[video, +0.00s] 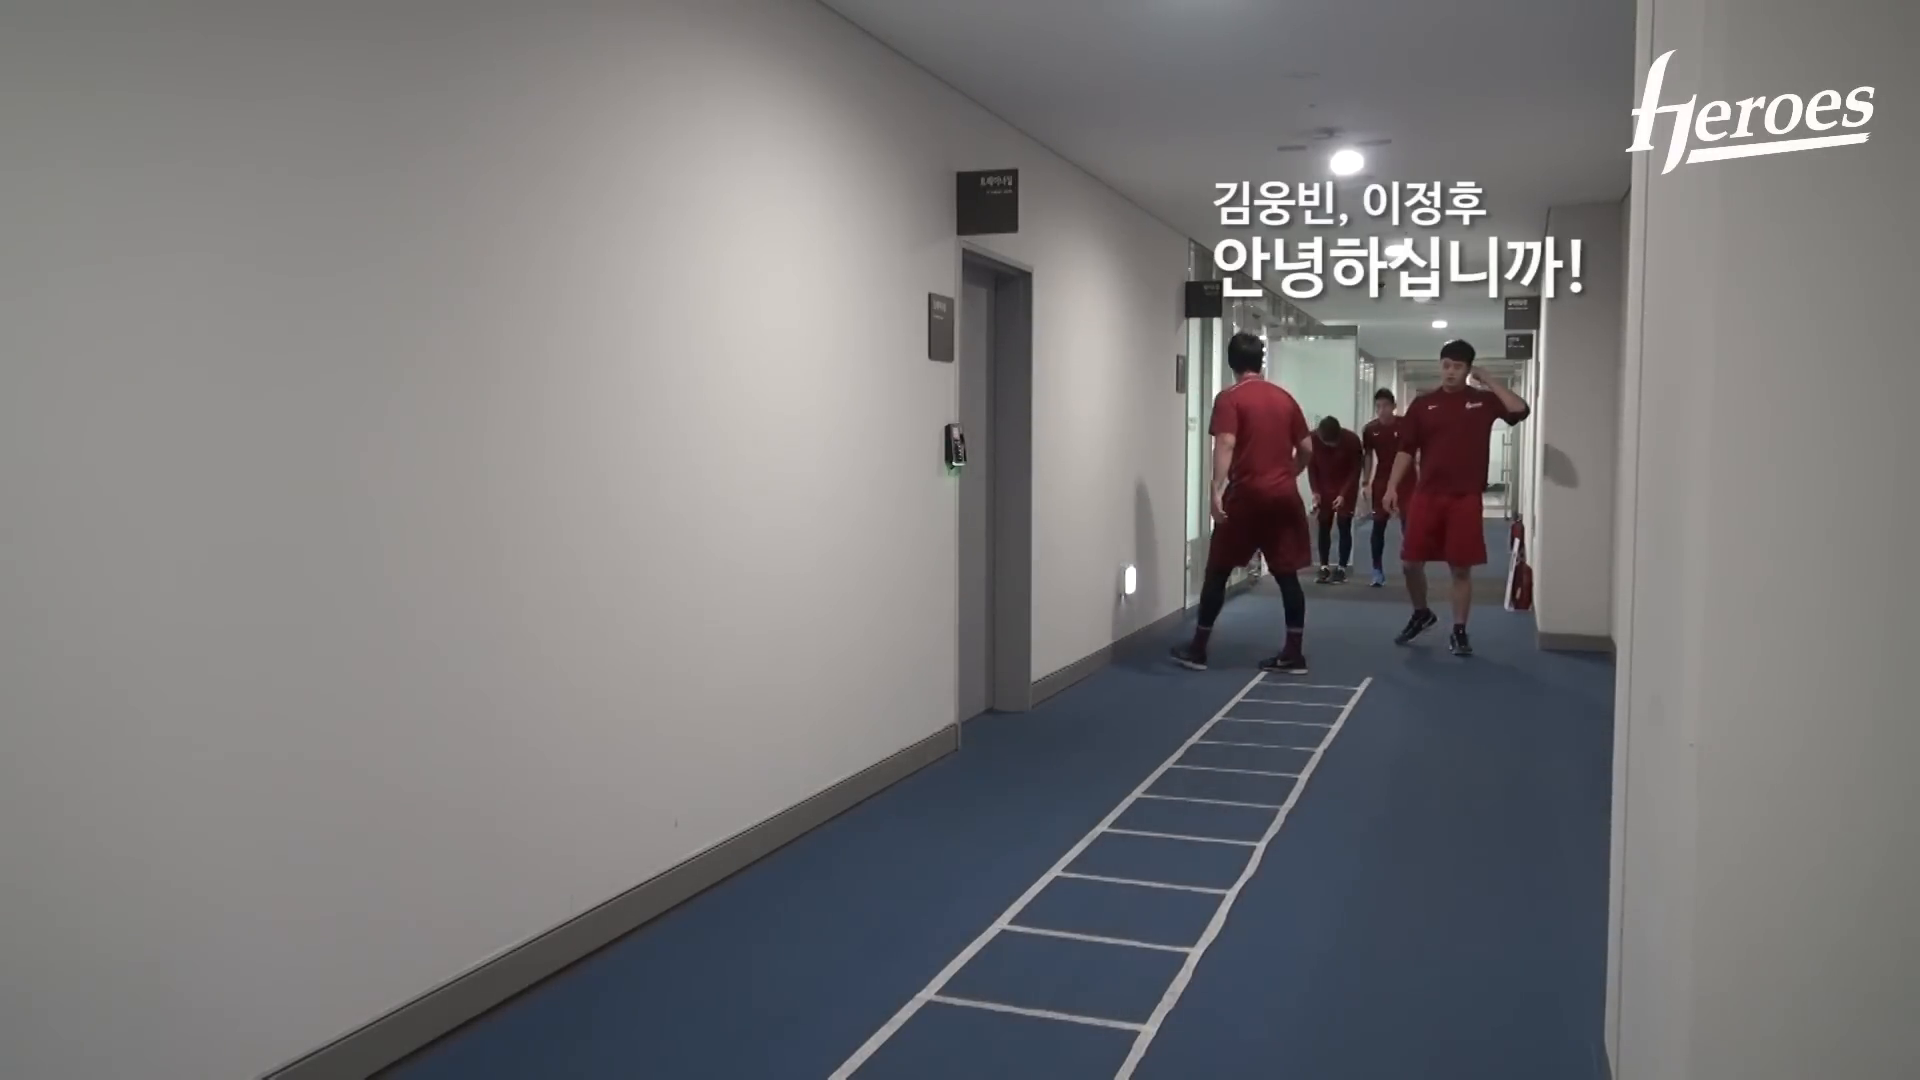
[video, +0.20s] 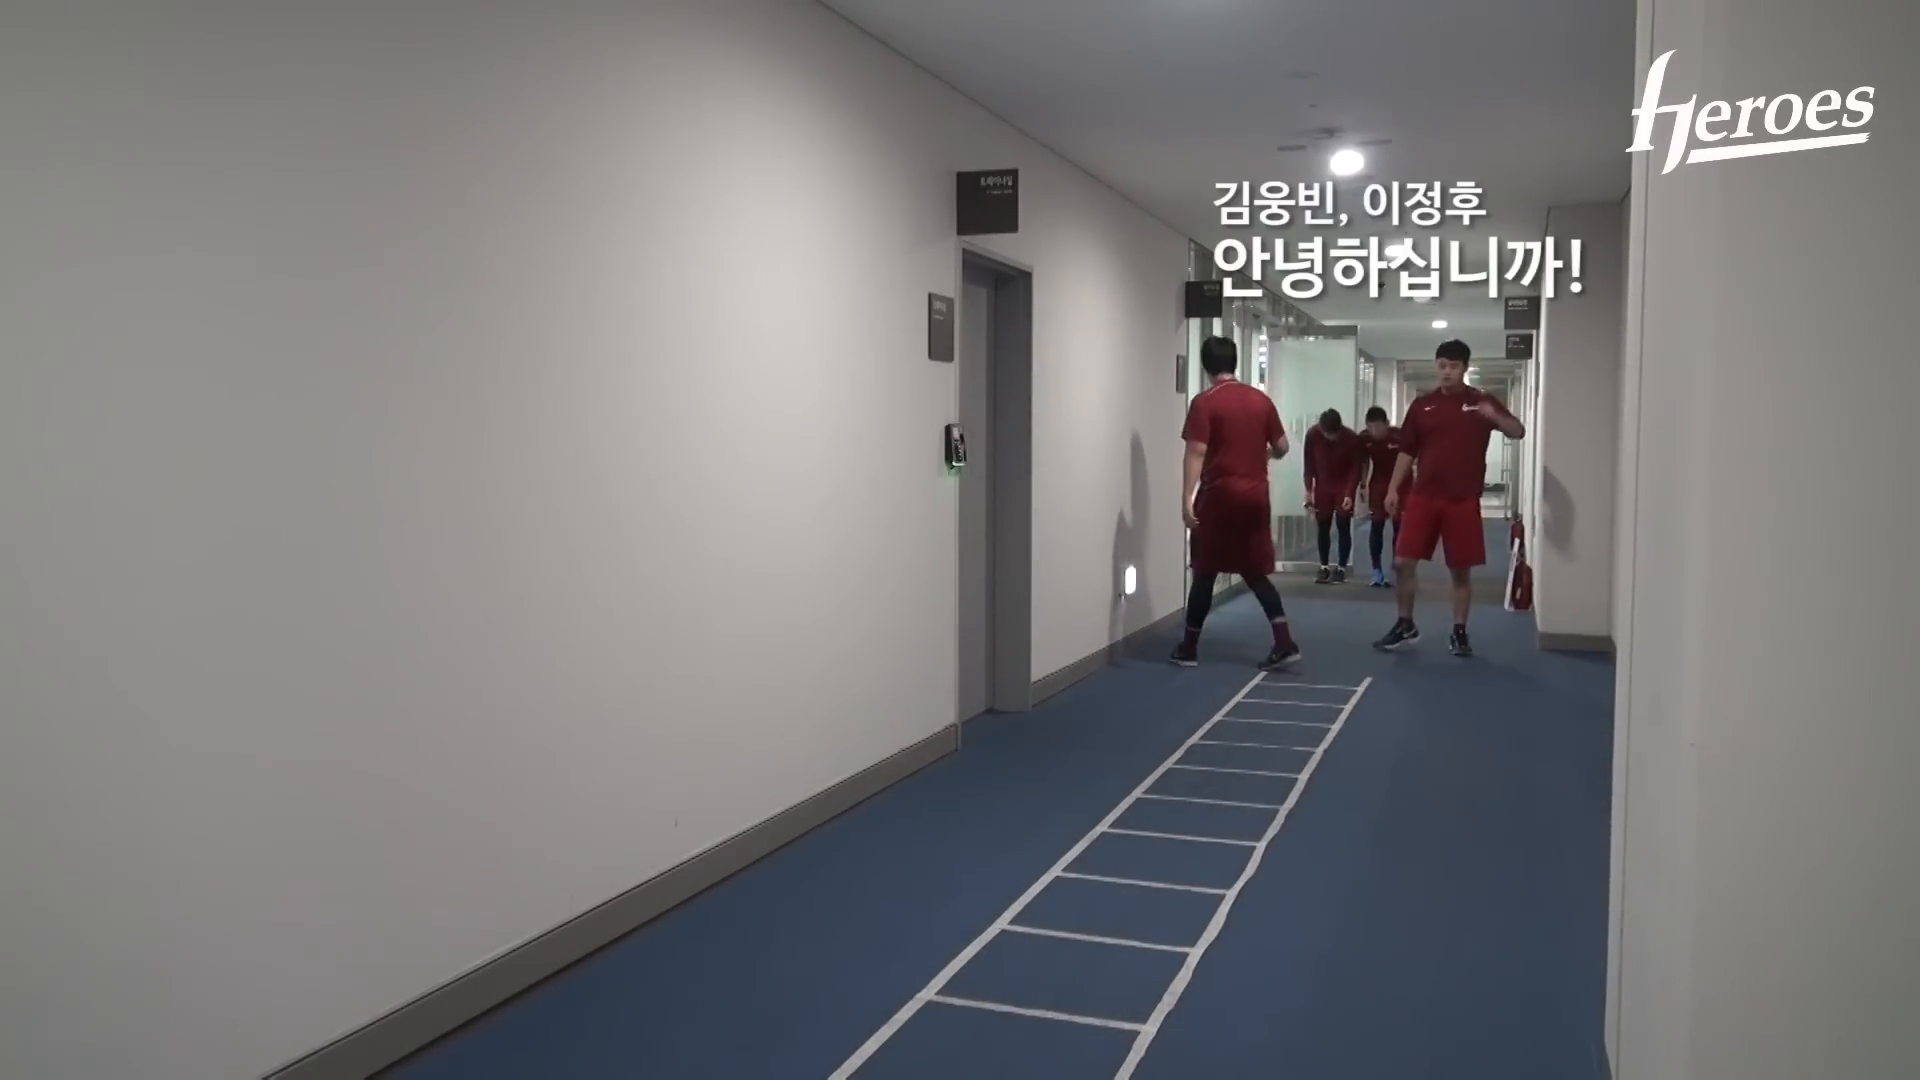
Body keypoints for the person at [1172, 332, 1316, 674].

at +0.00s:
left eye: (1231, 362)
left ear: (1231, 363)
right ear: (1261, 361)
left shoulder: (1229, 398)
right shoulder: (1285, 397)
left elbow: (1226, 442)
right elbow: (1306, 450)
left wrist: (1216, 489)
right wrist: (1286, 475)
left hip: (1245, 498)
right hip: (1284, 498)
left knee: (1217, 571)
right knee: (1287, 573)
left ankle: (1198, 648)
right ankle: (1293, 653)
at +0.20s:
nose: (1207, 371)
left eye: (1204, 366)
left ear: (1205, 366)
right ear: (1235, 364)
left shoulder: (1204, 402)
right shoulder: (1260, 398)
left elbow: (1196, 452)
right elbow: (1281, 447)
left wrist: (1187, 499)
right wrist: (1265, 450)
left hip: (1219, 497)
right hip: (1255, 497)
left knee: (1204, 573)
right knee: (1254, 571)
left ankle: (1188, 647)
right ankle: (1284, 643)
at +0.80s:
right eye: (1224, 367)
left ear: (1196, 370)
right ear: (1227, 370)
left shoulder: (1180, 402)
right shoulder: (1240, 402)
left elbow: (1163, 450)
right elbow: (1266, 412)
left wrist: (1164, 484)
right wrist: (1245, 385)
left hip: (1187, 493)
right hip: (1226, 495)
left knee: (1188, 568)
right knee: (1221, 567)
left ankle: (1188, 646)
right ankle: (1221, 637)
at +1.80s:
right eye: (1253, 369)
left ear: (1228, 377)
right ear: (1255, 372)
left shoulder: (1218, 405)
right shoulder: (1271, 399)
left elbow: (1204, 447)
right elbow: (1297, 412)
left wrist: (1192, 483)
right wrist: (1273, 387)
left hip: (1224, 487)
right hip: (1258, 487)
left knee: (1227, 552)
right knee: (1267, 553)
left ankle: (1227, 619)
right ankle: (1238, 601)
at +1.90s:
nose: (1262, 373)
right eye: (1261, 369)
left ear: (1236, 375)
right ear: (1262, 371)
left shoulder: (1223, 403)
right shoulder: (1276, 399)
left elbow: (1208, 445)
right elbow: (1305, 411)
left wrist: (1200, 481)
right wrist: (1281, 384)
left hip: (1229, 489)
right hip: (1263, 488)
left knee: (1229, 553)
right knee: (1283, 548)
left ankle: (1227, 620)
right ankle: (1255, 603)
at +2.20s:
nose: (1294, 382)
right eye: (1294, 377)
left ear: (1269, 378)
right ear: (1296, 378)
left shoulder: (1254, 405)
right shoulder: (1302, 406)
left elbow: (1235, 444)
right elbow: (1336, 421)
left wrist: (1231, 476)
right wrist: (1313, 391)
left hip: (1252, 490)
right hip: (1286, 492)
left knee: (1242, 555)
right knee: (1298, 554)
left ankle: (1229, 617)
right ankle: (1315, 615)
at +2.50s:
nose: (1332, 377)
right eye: (1331, 373)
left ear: (1305, 374)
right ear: (1330, 374)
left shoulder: (1289, 401)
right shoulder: (1335, 402)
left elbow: (1271, 441)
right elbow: (1368, 415)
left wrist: (1266, 477)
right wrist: (1349, 387)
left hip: (1288, 482)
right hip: (1320, 484)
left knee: (1291, 541)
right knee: (1319, 548)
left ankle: (1266, 587)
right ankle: (1319, 615)